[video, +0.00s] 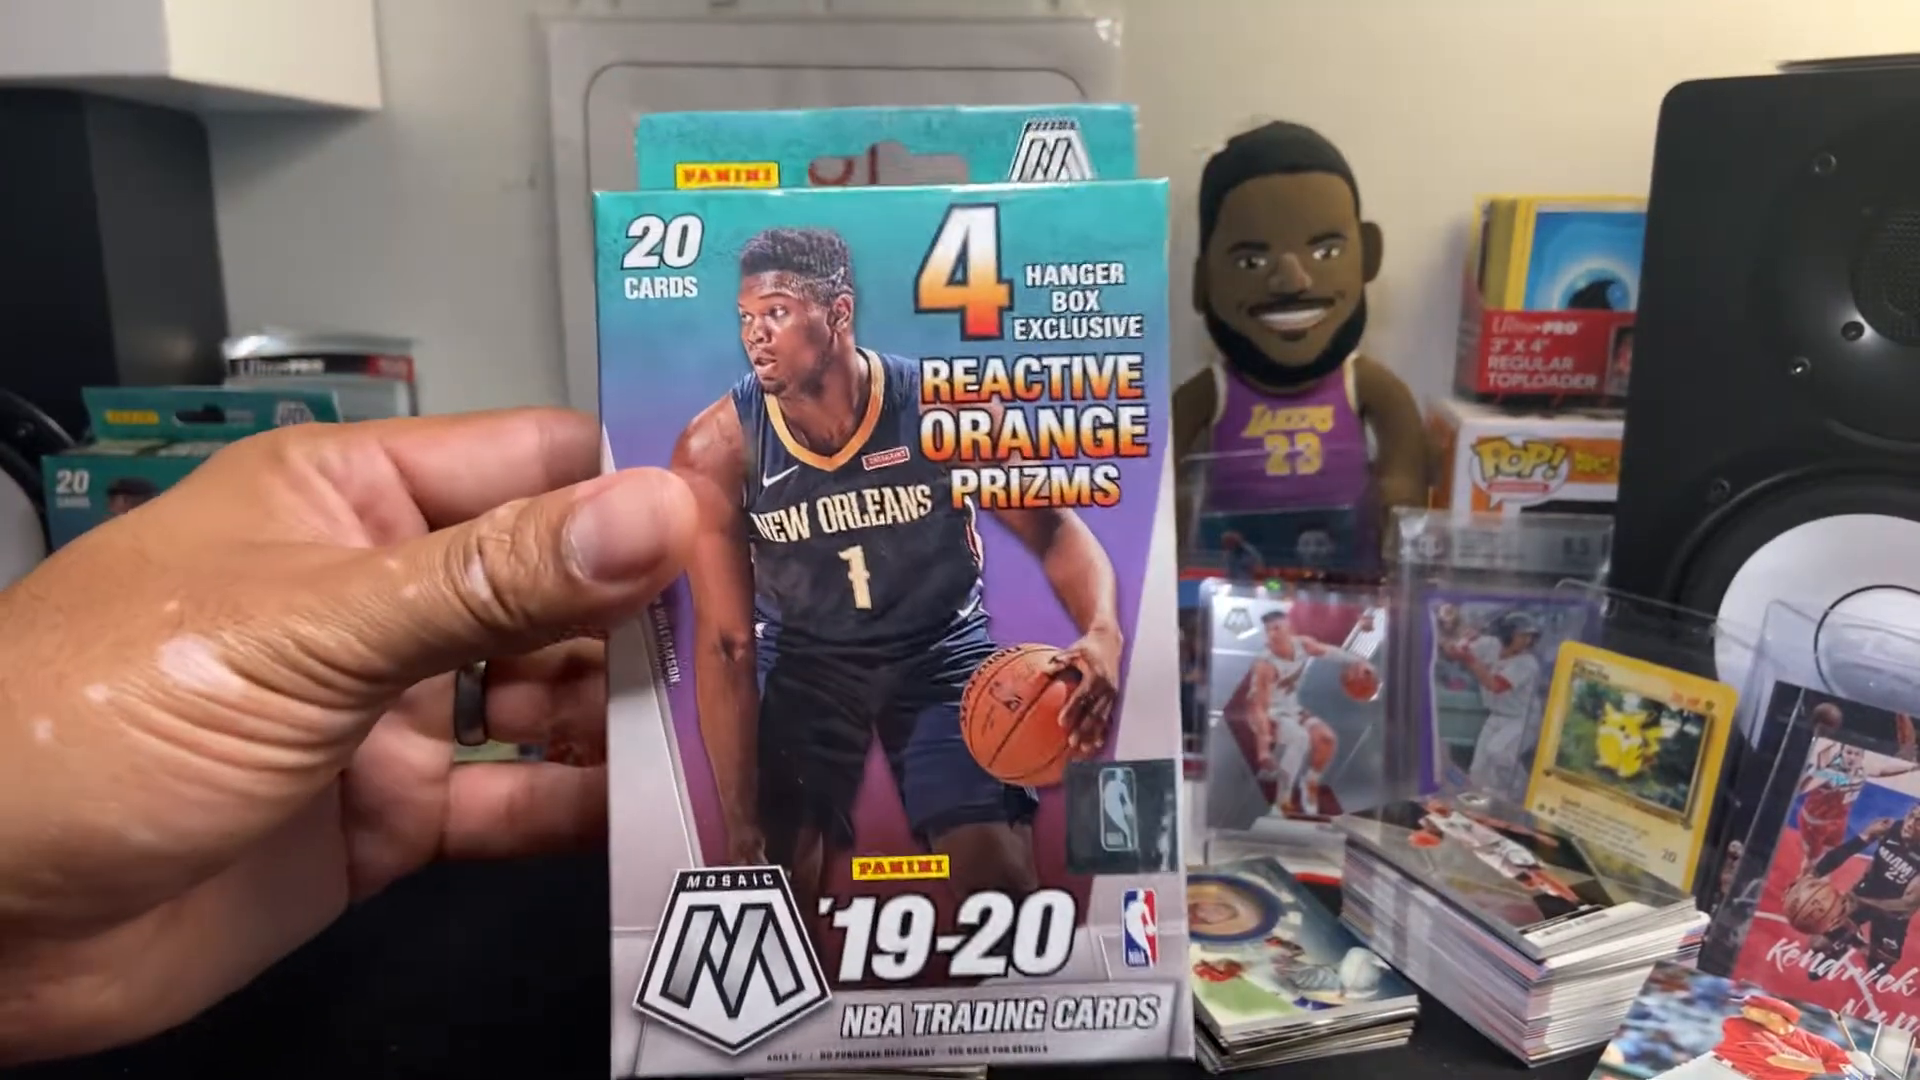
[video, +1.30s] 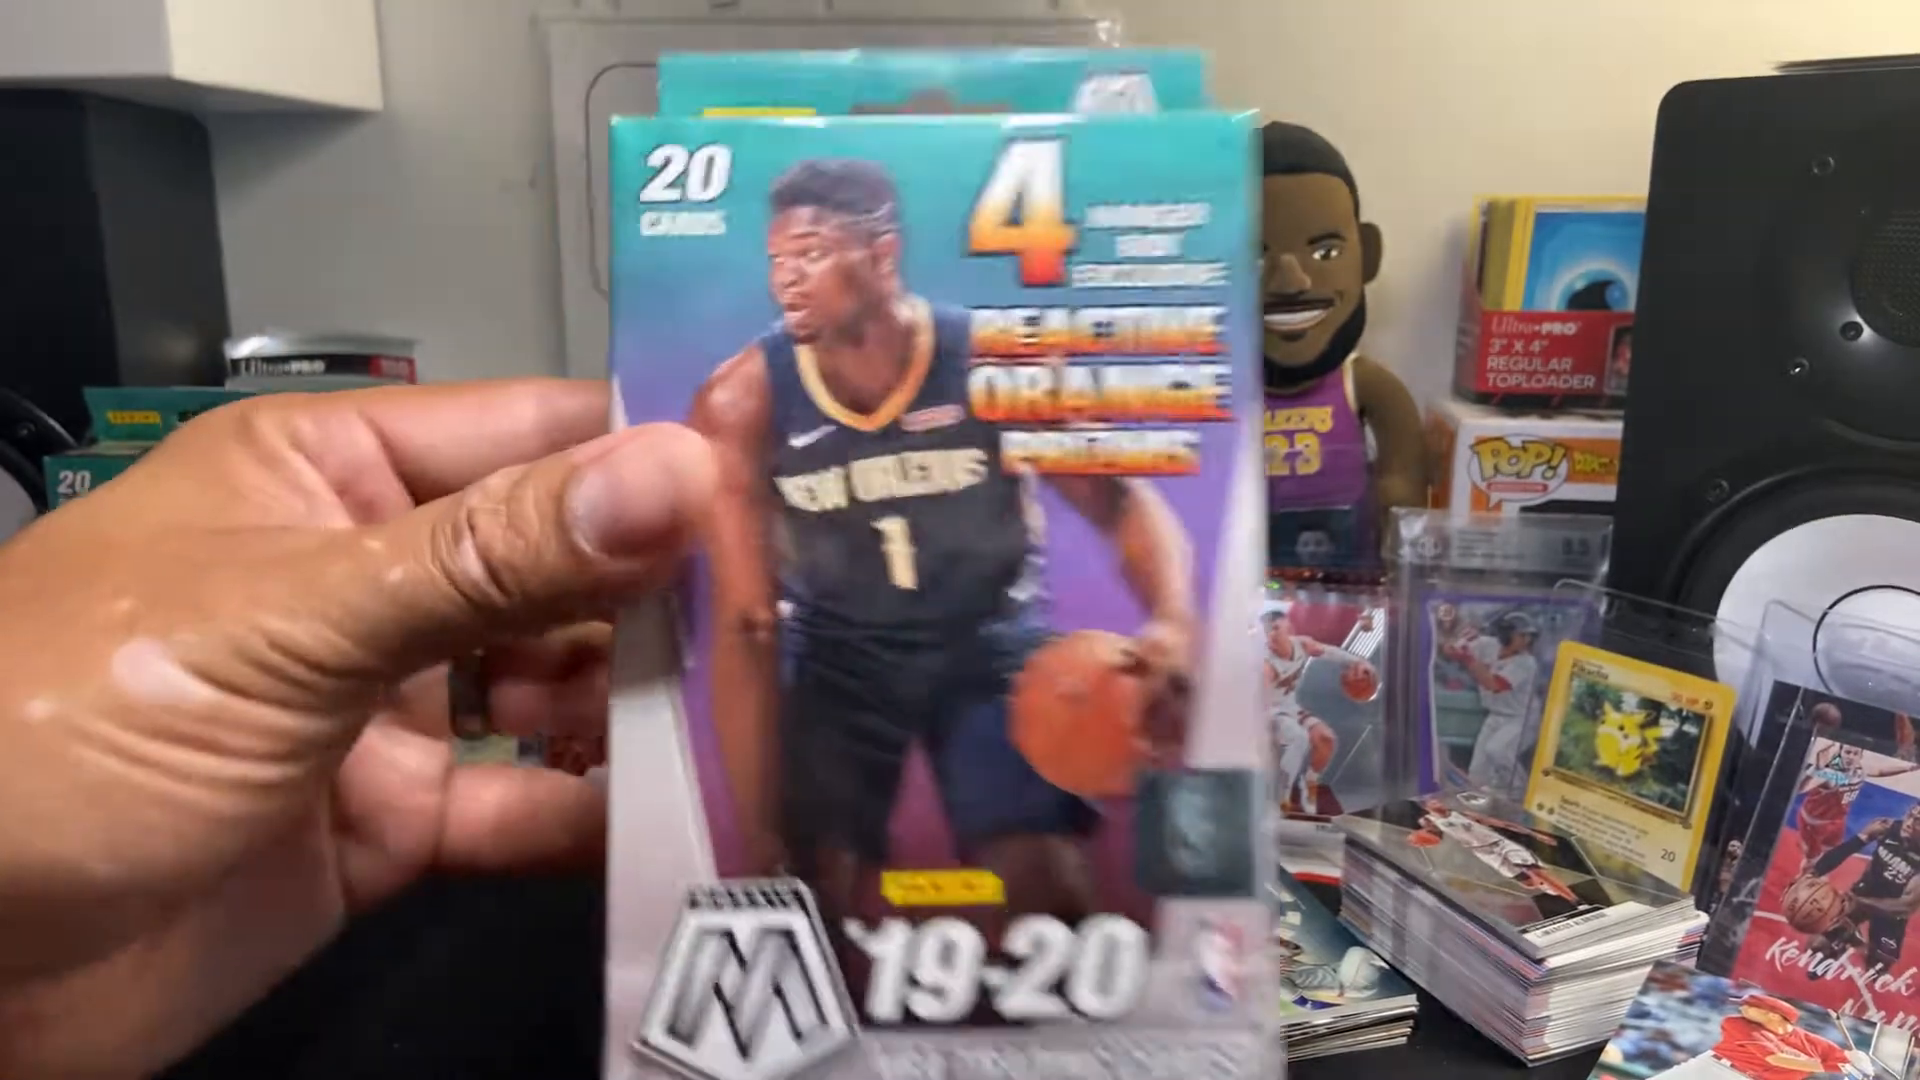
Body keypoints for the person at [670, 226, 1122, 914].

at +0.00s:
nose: (755, 335)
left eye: (776, 313)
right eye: (747, 318)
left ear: (839, 312)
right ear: (740, 326)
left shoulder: (939, 408)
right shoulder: (718, 446)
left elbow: (1051, 528)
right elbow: (726, 646)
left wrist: (1104, 630)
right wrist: (740, 826)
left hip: (943, 654)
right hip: (810, 666)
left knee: (991, 872)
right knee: (783, 871)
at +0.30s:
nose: (776, 316)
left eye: (799, 292)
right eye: (768, 296)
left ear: (870, 290)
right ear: (760, 304)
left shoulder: (980, 393)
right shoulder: (739, 437)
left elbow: (1104, 525)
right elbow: (751, 654)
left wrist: (1162, 638)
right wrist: (765, 854)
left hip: (985, 662)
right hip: (839, 674)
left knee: (1043, 902)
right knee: (806, 903)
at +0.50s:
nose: (828, 306)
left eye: (854, 282)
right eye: (819, 283)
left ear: (922, 290)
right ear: (806, 292)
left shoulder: (1028, 406)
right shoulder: (780, 427)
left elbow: (1157, 557)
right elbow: (767, 655)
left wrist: (1202, 680)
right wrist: (767, 858)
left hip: (1008, 695)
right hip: (865, 698)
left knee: (1054, 907)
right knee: (837, 913)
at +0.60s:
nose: (720, 282)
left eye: (742, 260)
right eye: (715, 263)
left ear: (803, 263)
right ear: (708, 272)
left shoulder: (893, 358)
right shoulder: (686, 385)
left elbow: (1002, 473)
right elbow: (686, 580)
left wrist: (1042, 577)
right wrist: (690, 761)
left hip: (886, 600)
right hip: (768, 607)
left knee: (926, 769)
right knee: (757, 787)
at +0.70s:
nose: (666, 296)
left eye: (684, 277)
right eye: (660, 281)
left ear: (738, 280)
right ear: (653, 288)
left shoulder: (819, 360)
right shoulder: (637, 386)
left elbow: (912, 461)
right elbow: (640, 553)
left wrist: (948, 544)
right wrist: (653, 702)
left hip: (819, 564)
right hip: (714, 572)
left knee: (859, 717)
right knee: (704, 733)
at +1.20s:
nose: (729, 306)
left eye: (752, 284)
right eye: (723, 289)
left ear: (814, 285)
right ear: (714, 299)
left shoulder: (905, 381)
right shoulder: (693, 412)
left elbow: (1011, 494)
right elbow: (697, 605)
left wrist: (1056, 598)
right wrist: (706, 783)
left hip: (905, 623)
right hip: (780, 632)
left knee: (943, 795)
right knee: (764, 811)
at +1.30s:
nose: (785, 279)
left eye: (809, 255)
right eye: (777, 259)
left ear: (883, 254)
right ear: (767, 268)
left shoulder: (990, 364)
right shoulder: (744, 401)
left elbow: (1119, 501)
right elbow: (746, 627)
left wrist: (1174, 620)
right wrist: (757, 839)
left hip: (989, 649)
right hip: (840, 659)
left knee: (1033, 865)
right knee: (820, 883)